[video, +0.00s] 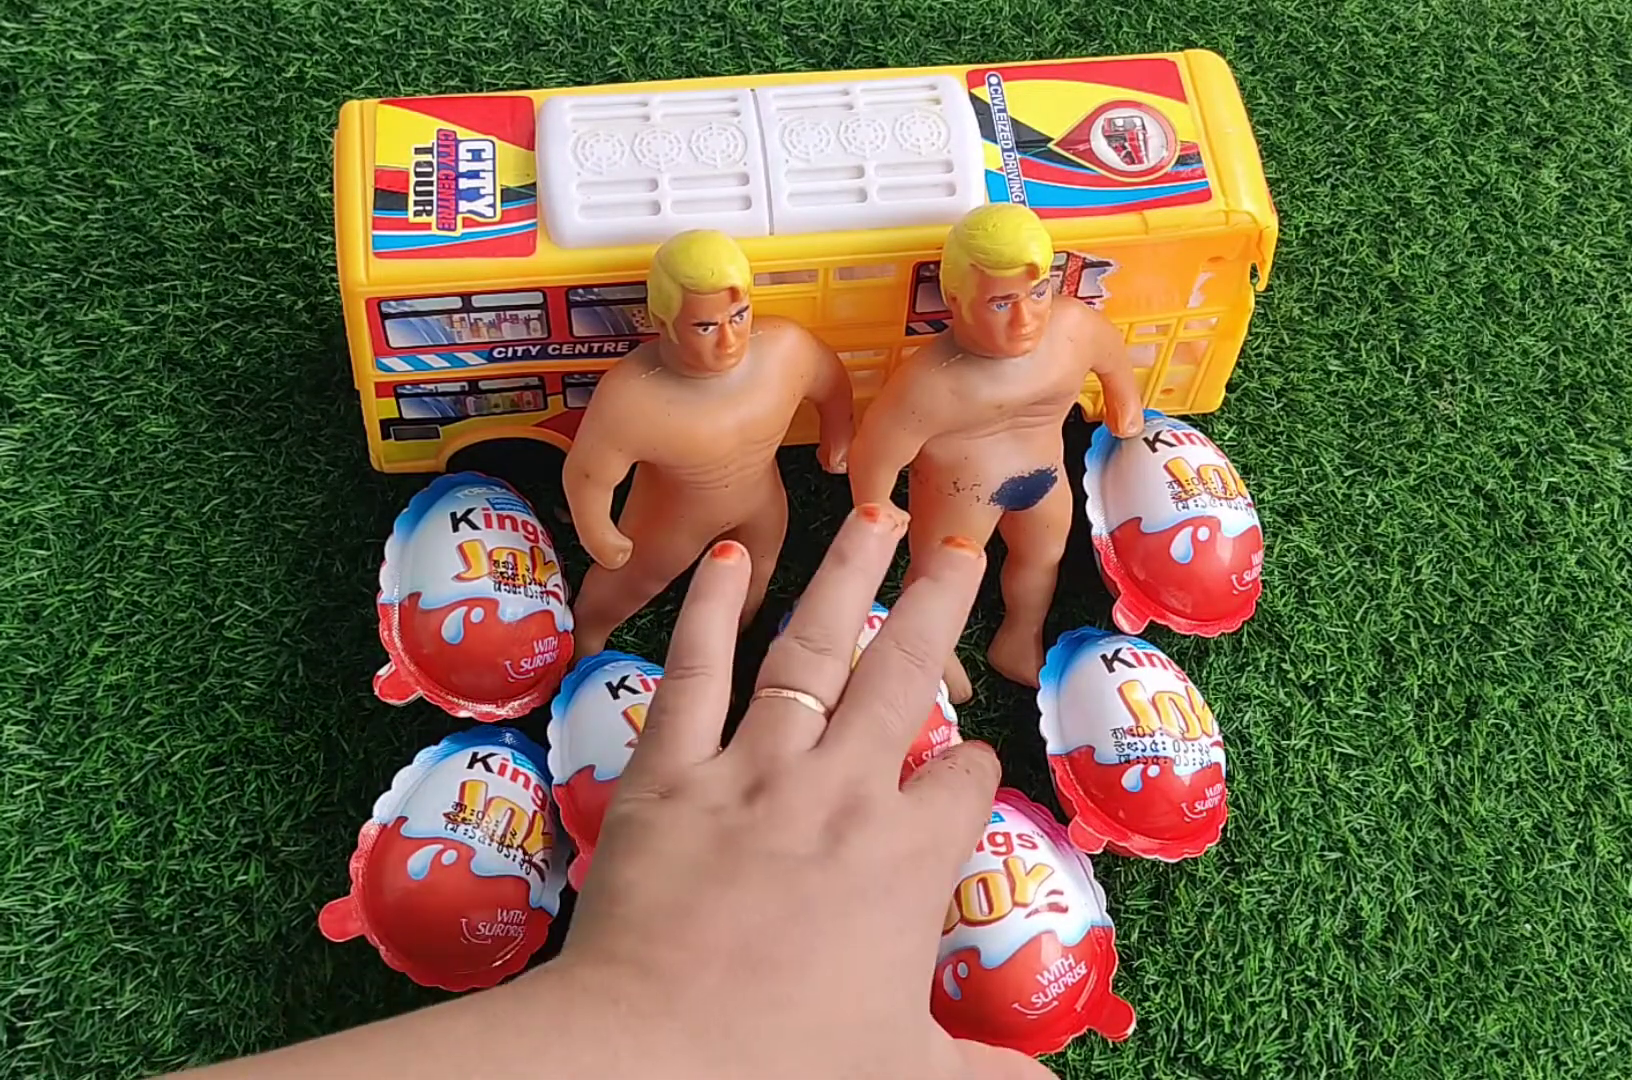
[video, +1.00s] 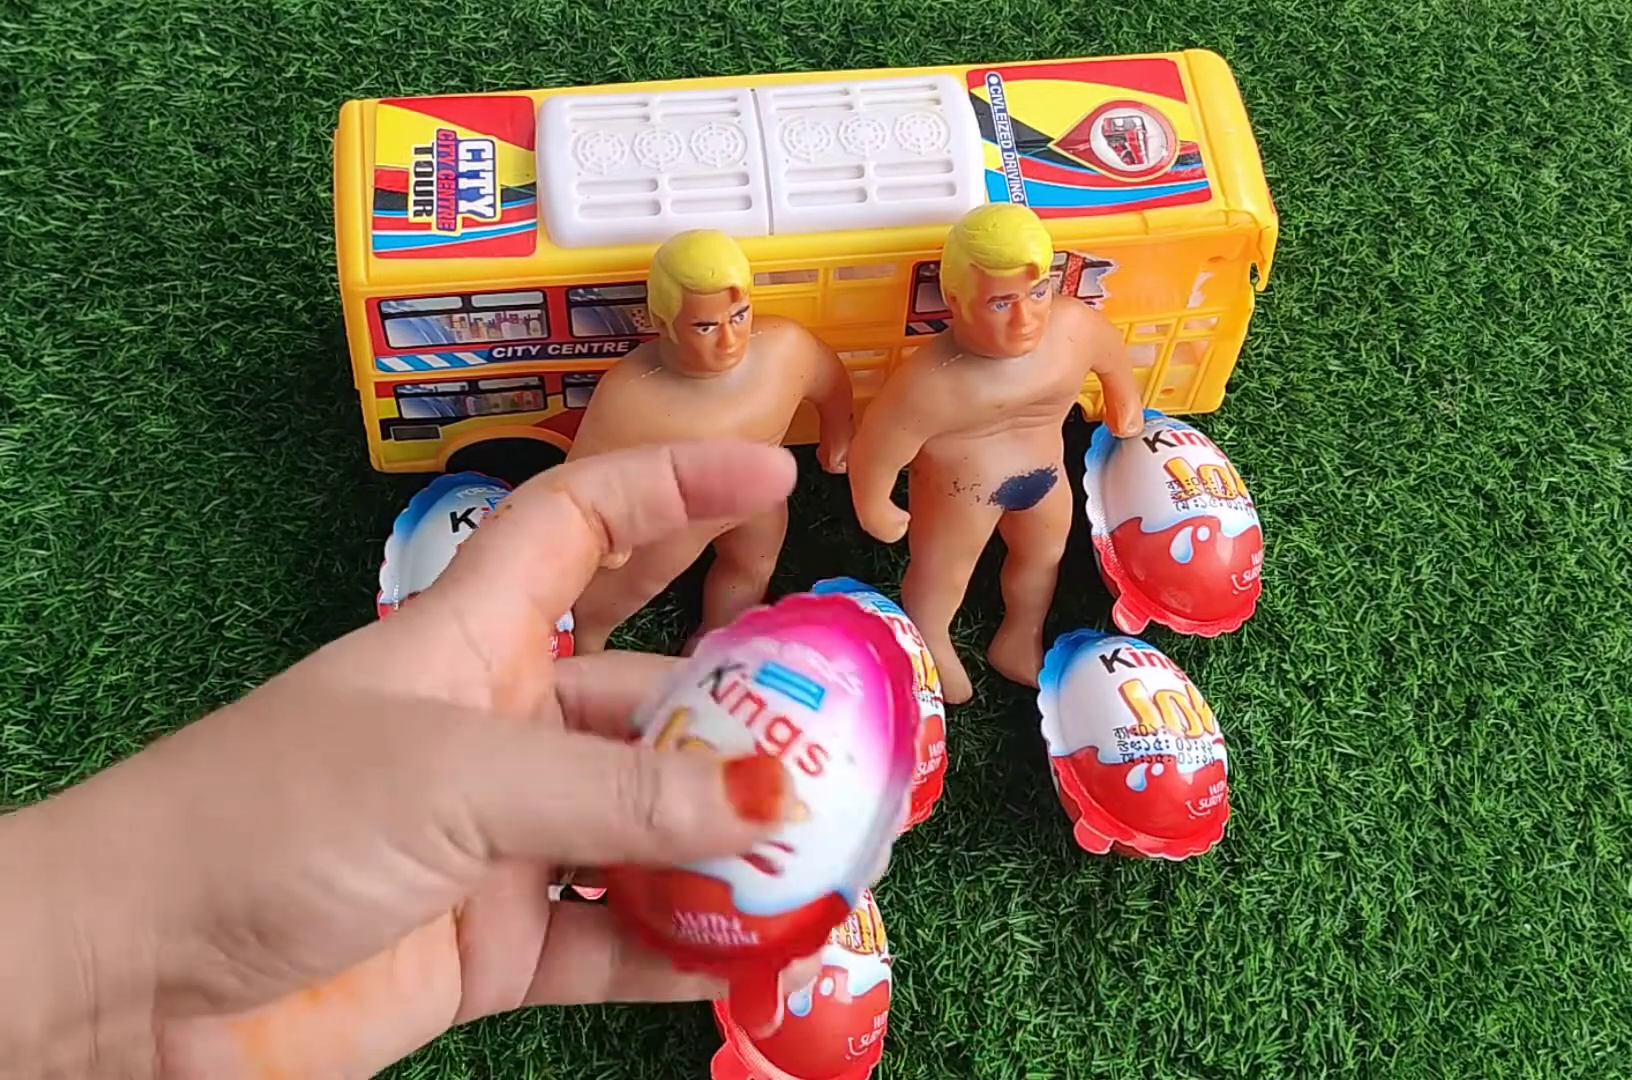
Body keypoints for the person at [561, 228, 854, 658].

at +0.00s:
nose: (729, 338)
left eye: (739, 316)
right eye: (705, 326)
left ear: (750, 303)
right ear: (663, 325)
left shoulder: (789, 350)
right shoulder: (630, 395)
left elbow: (835, 390)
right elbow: (587, 476)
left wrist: (837, 442)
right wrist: (603, 542)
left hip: (761, 503)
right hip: (671, 518)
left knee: (752, 589)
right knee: (627, 590)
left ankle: (730, 643)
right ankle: (587, 637)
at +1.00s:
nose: (729, 339)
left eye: (739, 316)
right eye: (705, 326)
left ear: (751, 303)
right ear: (663, 325)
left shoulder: (789, 350)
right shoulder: (627, 396)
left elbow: (834, 388)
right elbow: (579, 485)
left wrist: (837, 437)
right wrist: (599, 538)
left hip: (758, 501)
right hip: (669, 522)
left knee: (749, 576)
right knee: (629, 589)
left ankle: (718, 651)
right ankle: (585, 642)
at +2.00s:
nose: (728, 340)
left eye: (739, 316)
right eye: (705, 326)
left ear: (750, 301)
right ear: (663, 323)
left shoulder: (788, 350)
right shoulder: (629, 397)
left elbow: (833, 387)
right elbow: (586, 477)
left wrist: (836, 440)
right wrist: (598, 537)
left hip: (758, 500)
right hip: (671, 515)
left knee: (753, 585)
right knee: (627, 590)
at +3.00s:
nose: (728, 340)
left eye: (739, 316)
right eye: (705, 327)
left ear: (750, 302)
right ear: (664, 327)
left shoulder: (786, 350)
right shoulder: (627, 399)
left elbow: (833, 390)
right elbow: (585, 480)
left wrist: (834, 447)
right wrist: (605, 558)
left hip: (757, 514)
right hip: (668, 528)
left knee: (760, 614)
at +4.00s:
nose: (728, 339)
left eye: (738, 316)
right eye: (705, 326)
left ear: (749, 303)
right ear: (661, 325)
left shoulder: (788, 350)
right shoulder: (628, 399)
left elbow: (833, 388)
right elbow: (585, 479)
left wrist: (836, 444)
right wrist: (600, 541)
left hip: (758, 506)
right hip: (670, 519)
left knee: (754, 597)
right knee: (648, 613)